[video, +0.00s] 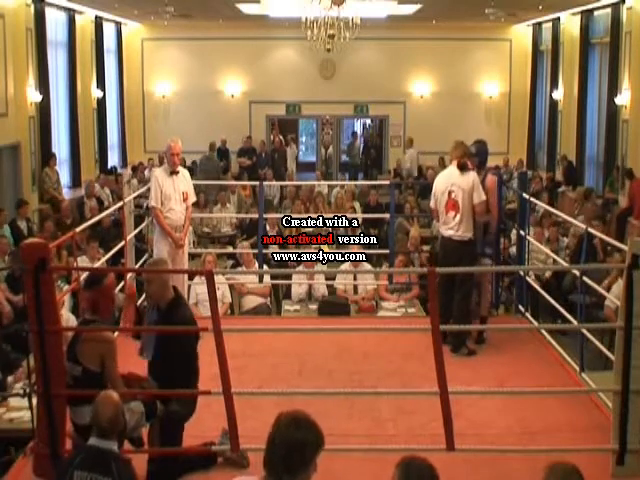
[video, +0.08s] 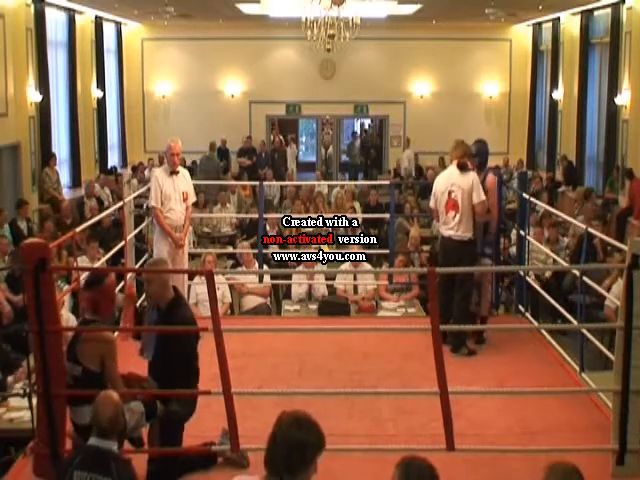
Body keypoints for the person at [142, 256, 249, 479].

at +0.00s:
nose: (145, 288)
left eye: (149, 282)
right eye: (144, 281)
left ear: (165, 281)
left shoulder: (180, 318)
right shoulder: (155, 308)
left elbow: (182, 369)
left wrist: (173, 406)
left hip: (175, 399)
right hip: (160, 393)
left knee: (162, 469)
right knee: (157, 467)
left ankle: (217, 451)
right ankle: (215, 449)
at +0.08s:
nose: (145, 287)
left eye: (150, 282)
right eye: (144, 281)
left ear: (165, 282)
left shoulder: (180, 317)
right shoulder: (155, 308)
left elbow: (182, 368)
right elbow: (139, 336)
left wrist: (173, 405)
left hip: (176, 398)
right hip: (160, 393)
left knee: (162, 469)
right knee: (157, 467)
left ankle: (217, 451)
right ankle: (215, 449)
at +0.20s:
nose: (146, 288)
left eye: (150, 282)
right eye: (145, 281)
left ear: (166, 282)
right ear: (150, 281)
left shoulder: (181, 319)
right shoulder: (157, 308)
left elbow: (183, 370)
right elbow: (156, 358)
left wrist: (174, 407)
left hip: (175, 399)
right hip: (160, 394)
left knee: (162, 470)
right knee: (157, 467)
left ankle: (217, 451)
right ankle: (215, 449)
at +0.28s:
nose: (146, 288)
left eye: (150, 282)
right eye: (145, 282)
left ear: (166, 282)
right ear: (151, 281)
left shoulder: (181, 319)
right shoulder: (156, 308)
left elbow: (185, 371)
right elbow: (150, 347)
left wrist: (174, 408)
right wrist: (138, 327)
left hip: (176, 399)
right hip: (160, 393)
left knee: (161, 470)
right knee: (158, 467)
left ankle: (216, 451)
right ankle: (215, 449)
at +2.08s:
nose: (142, 296)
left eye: (146, 291)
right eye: (140, 290)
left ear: (163, 289)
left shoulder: (180, 321)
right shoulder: (157, 309)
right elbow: (143, 331)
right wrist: (136, 342)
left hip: (178, 399)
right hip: (162, 393)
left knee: (159, 469)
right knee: (161, 466)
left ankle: (216, 452)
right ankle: (215, 450)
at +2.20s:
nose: (141, 297)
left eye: (145, 291)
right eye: (139, 291)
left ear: (162, 288)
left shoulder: (180, 322)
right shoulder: (156, 310)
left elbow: (173, 379)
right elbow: (142, 339)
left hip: (178, 399)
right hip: (161, 393)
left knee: (161, 469)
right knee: (159, 467)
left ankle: (218, 452)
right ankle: (216, 450)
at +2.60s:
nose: (141, 297)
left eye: (145, 291)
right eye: (139, 291)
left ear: (162, 289)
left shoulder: (179, 319)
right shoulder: (152, 306)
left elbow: (162, 370)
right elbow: (131, 316)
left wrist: (130, 351)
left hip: (180, 395)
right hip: (159, 389)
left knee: (161, 469)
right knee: (162, 467)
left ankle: (217, 454)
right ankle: (216, 450)